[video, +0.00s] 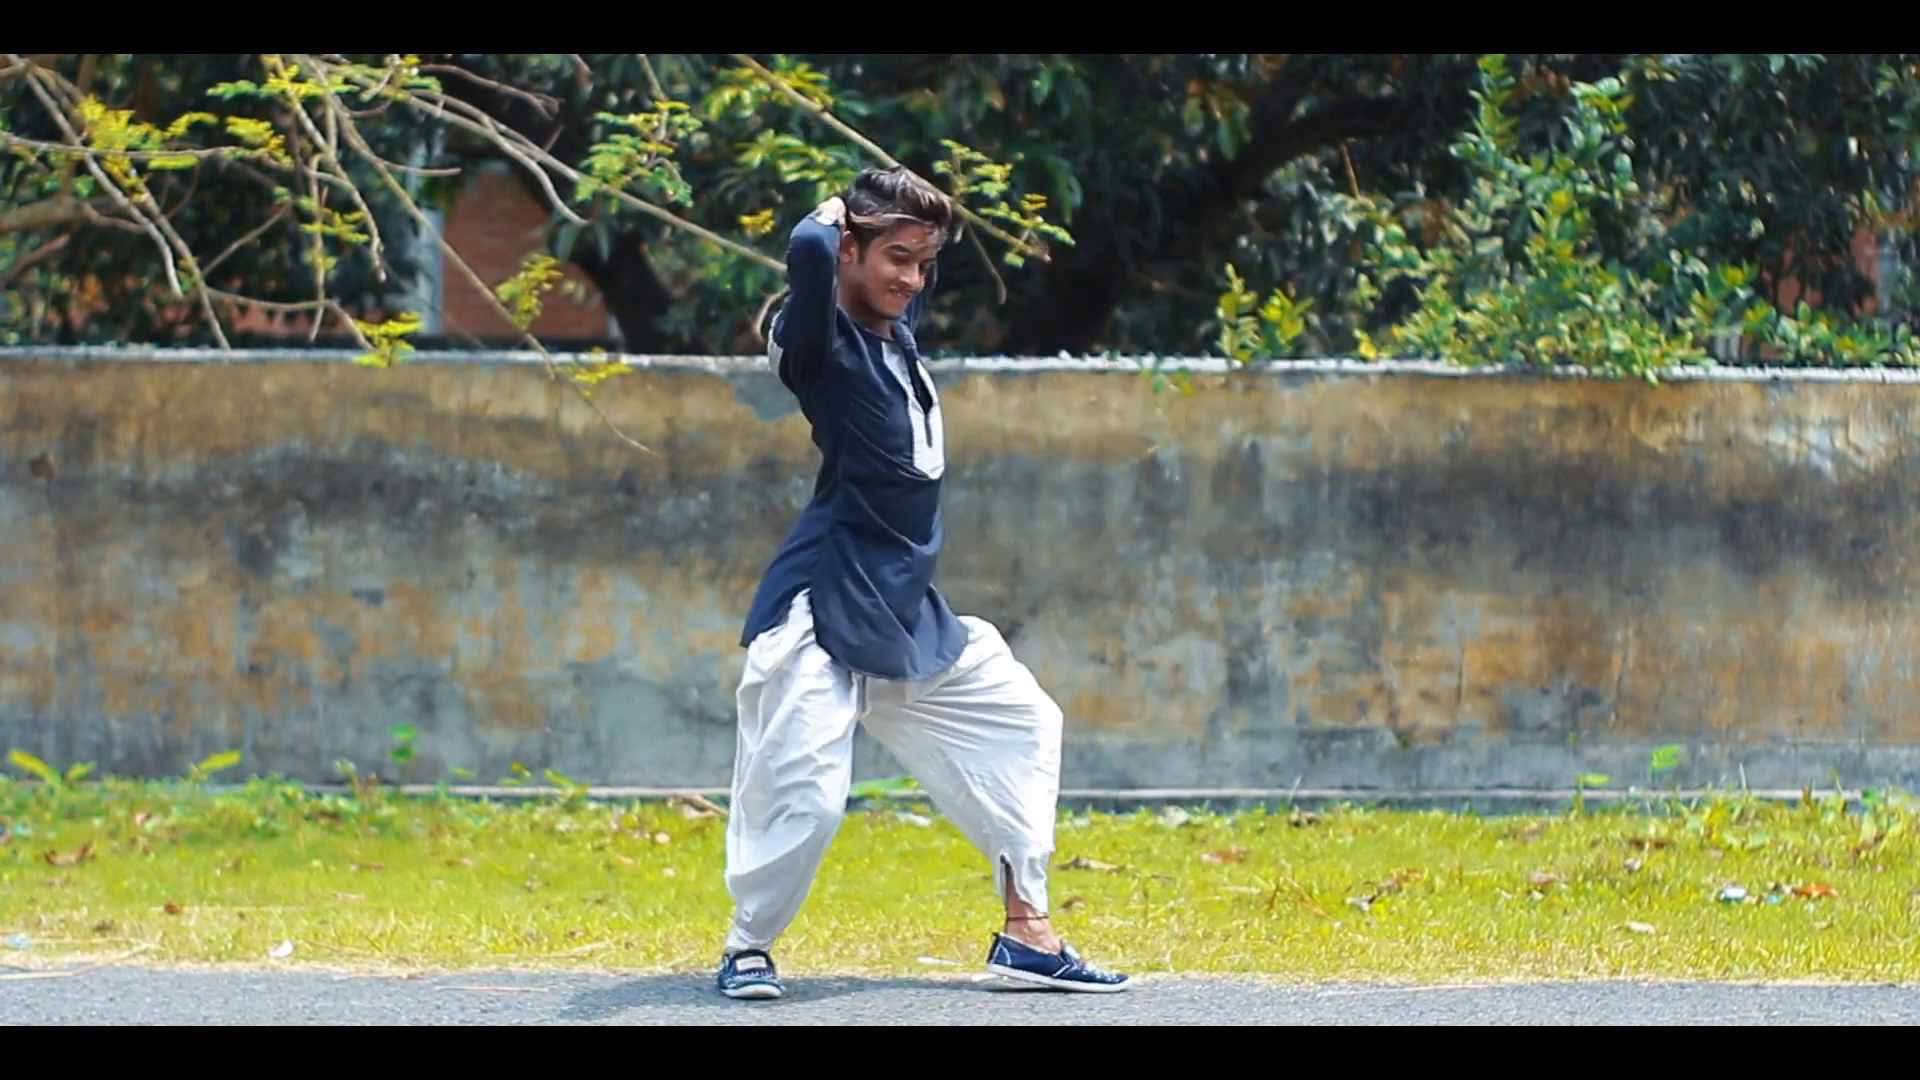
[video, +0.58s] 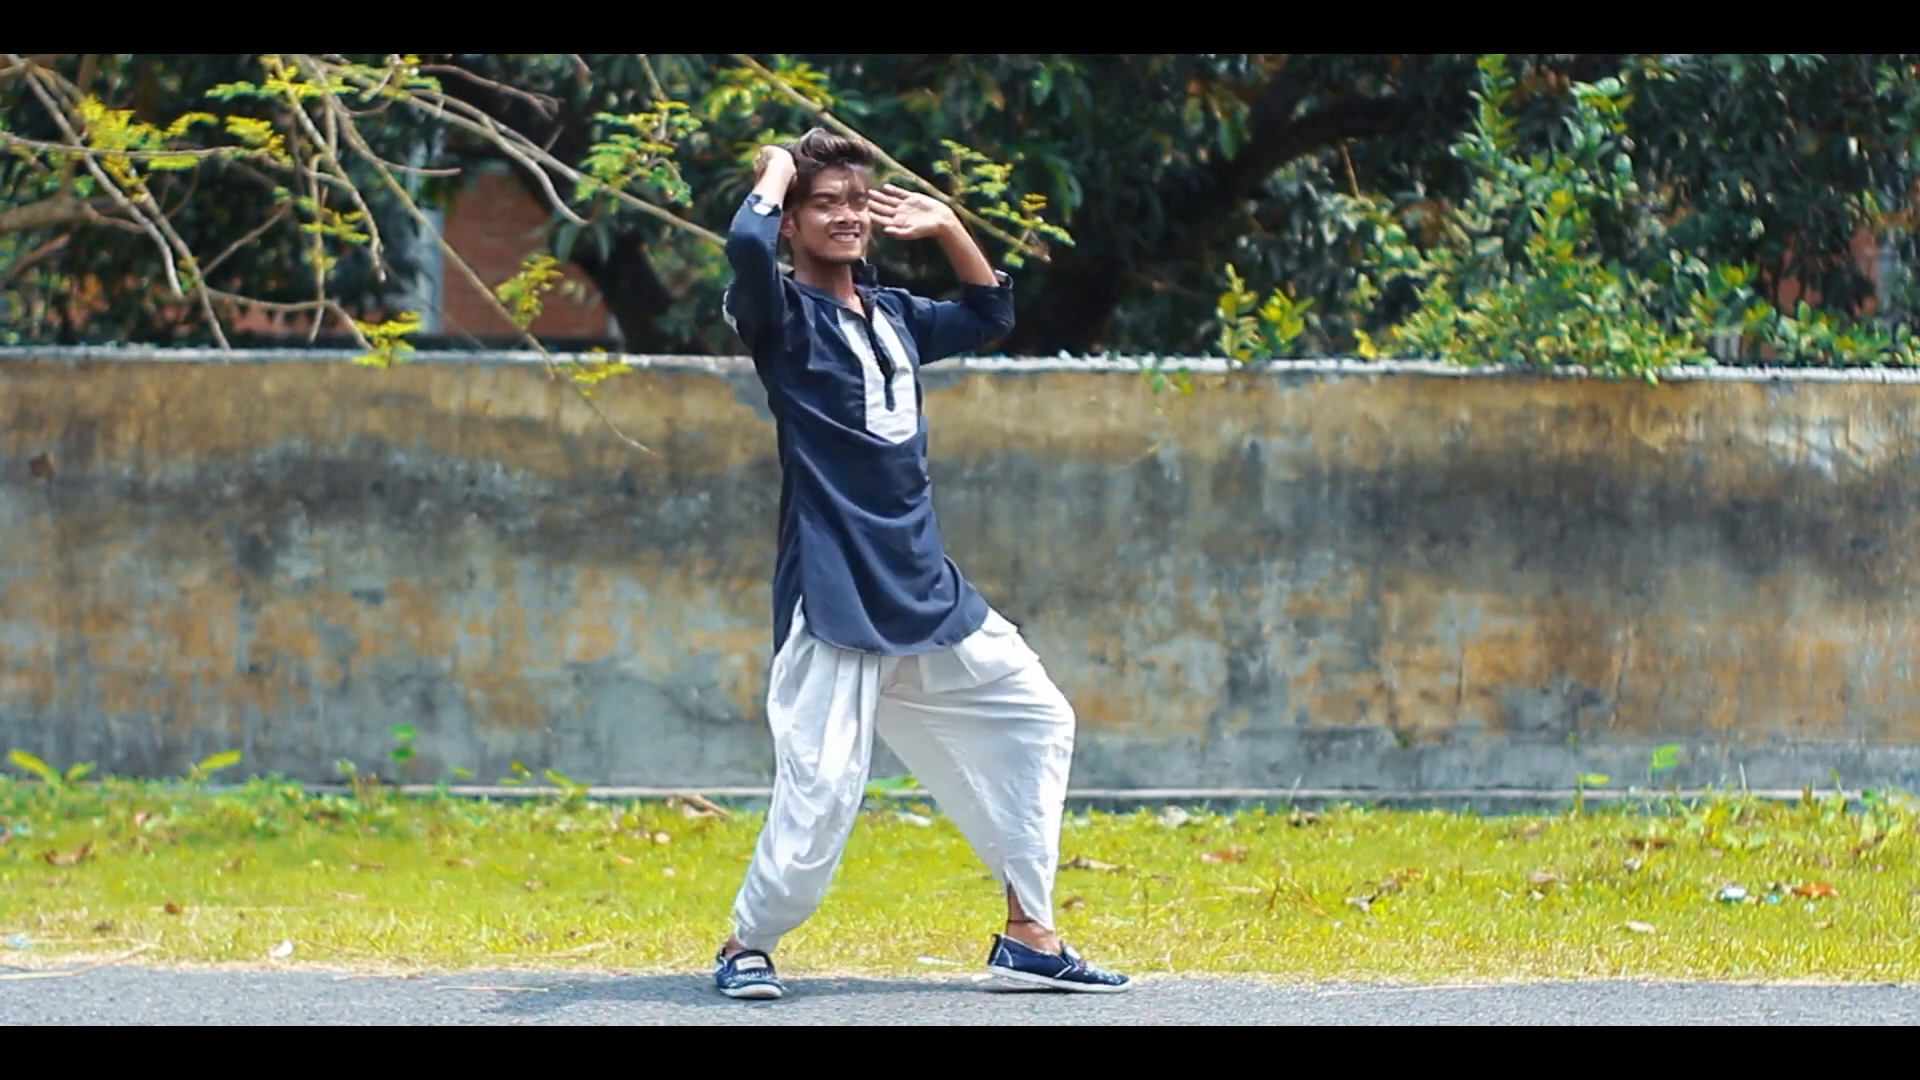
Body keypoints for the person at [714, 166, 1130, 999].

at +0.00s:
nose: (913, 280)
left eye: (925, 265)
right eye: (899, 260)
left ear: (930, 264)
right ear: (851, 254)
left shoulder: (892, 332)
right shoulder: (823, 344)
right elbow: (811, 262)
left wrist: (846, 208)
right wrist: (826, 222)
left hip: (907, 604)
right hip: (824, 597)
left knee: (1027, 723)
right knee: (805, 787)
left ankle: (1026, 930)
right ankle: (748, 949)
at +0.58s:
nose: (842, 217)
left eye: (855, 202)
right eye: (823, 204)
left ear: (872, 215)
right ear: (789, 219)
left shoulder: (896, 310)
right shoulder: (780, 316)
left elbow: (991, 317)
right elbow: (748, 247)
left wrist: (950, 227)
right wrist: (775, 177)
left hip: (923, 576)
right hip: (833, 580)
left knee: (1041, 722)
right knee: (820, 782)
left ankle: (1030, 933)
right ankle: (746, 949)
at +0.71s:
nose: (810, 140)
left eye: (817, 127)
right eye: (787, 139)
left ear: (850, 146)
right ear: (770, 178)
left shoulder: (918, 234)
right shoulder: (781, 236)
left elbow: (1038, 236)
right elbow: (708, 165)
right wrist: (726, 93)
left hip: (942, 525)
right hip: (835, 533)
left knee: (1006, 714)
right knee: (800, 747)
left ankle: (1014, 918)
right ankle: (752, 930)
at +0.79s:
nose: (831, 134)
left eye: (842, 120)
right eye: (811, 130)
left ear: (876, 142)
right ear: (791, 164)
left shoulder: (935, 223)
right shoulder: (785, 211)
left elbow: (1048, 259)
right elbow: (712, 211)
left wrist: (1167, 259)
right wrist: (681, 209)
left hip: (943, 517)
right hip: (830, 519)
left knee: (996, 723)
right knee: (804, 739)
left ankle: (992, 918)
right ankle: (773, 919)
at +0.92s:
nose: (876, 189)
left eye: (889, 177)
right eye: (856, 181)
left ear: (917, 201)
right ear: (830, 213)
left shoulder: (968, 316)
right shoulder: (792, 312)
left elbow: (1016, 426)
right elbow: (690, 407)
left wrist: (1104, 513)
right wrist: (724, 493)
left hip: (943, 578)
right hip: (830, 579)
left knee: (1006, 754)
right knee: (811, 783)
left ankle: (982, 949)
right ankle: (788, 944)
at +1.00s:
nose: (888, 202)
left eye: (902, 192)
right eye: (870, 195)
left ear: (928, 221)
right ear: (842, 228)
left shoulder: (963, 330)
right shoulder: (801, 336)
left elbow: (985, 465)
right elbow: (790, 471)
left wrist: (1008, 590)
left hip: (937, 582)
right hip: (833, 587)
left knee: (1024, 738)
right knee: (811, 779)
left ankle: (990, 936)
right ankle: (788, 943)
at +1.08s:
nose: (905, 198)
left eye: (917, 186)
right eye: (885, 187)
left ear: (939, 207)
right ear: (853, 214)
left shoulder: (964, 317)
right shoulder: (831, 313)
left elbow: (965, 445)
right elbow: (885, 423)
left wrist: (967, 546)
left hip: (937, 552)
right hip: (840, 560)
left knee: (1034, 712)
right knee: (818, 768)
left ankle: (1010, 917)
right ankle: (790, 942)